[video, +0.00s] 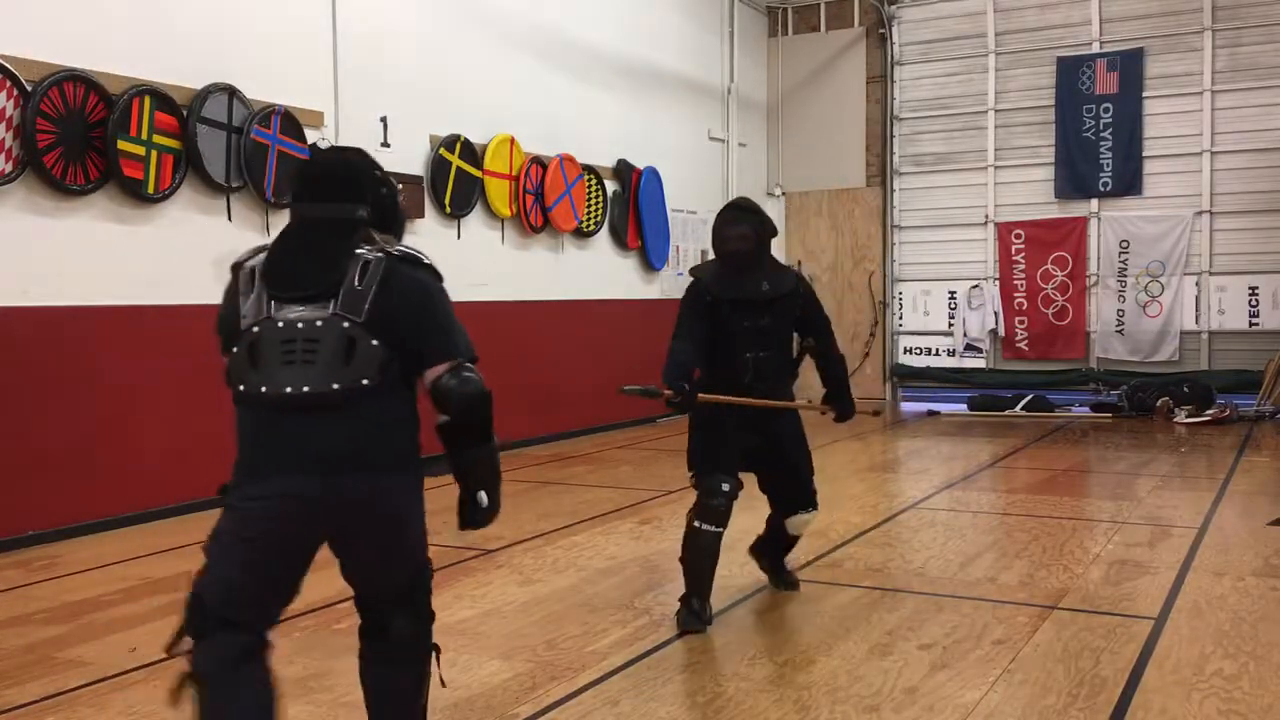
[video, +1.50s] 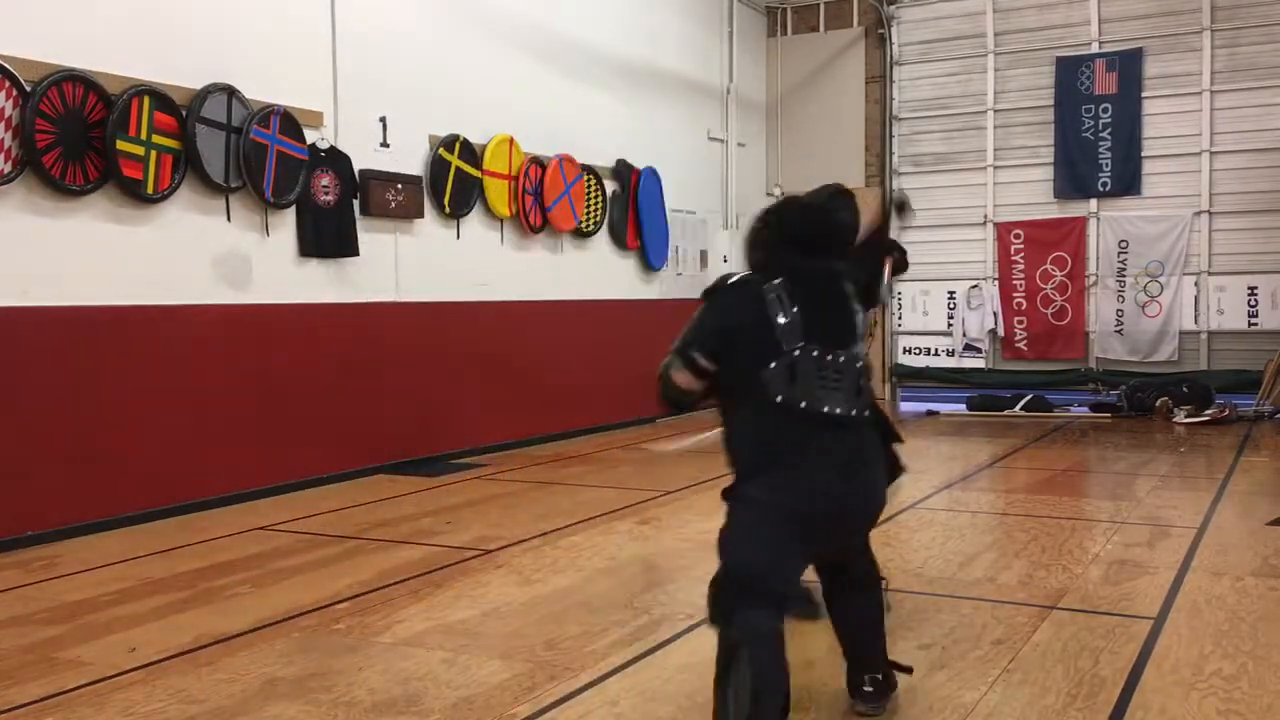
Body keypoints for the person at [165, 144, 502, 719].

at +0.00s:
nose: (397, 211)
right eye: (390, 202)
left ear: (300, 206)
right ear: (372, 208)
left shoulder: (248, 279)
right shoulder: (401, 276)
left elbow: (240, 371)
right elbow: (460, 392)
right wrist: (478, 479)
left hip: (272, 488)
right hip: (378, 488)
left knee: (226, 628)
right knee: (396, 624)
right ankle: (397, 710)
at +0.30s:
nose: (422, 212)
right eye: (413, 201)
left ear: (313, 211)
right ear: (397, 207)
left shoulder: (268, 283)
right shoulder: (425, 280)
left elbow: (258, 392)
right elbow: (472, 409)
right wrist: (494, 507)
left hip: (295, 507)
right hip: (404, 502)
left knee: (282, 666)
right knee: (424, 610)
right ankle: (416, 708)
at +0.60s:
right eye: (471, 206)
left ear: (381, 213)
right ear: (462, 212)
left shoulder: (332, 290)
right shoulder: (487, 290)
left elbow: (318, 379)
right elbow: (538, 414)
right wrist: (557, 512)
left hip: (360, 522)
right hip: (471, 519)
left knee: (306, 671)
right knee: (547, 634)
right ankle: (596, 709)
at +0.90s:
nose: (500, 219)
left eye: (505, 208)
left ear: (511, 213)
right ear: (590, 208)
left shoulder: (491, 279)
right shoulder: (632, 271)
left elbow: (453, 372)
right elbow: (676, 315)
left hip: (540, 490)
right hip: (639, 487)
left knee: (458, 611)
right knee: (612, 606)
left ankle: (424, 705)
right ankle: (629, 707)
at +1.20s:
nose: (605, 207)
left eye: (612, 196)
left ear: (619, 208)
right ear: (691, 202)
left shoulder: (612, 274)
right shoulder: (734, 250)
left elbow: (545, 353)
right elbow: (741, 214)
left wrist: (530, 350)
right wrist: (723, 166)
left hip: (710, 481)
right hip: (789, 462)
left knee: (674, 605)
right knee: (751, 584)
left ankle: (729, 708)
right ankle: (797, 679)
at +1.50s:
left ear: (759, 246)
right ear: (817, 247)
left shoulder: (734, 299)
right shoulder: (842, 288)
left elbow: (678, 384)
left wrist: (738, 374)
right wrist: (818, 207)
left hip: (775, 478)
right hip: (857, 471)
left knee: (749, 601)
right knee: (847, 557)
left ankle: (755, 705)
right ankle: (871, 679)